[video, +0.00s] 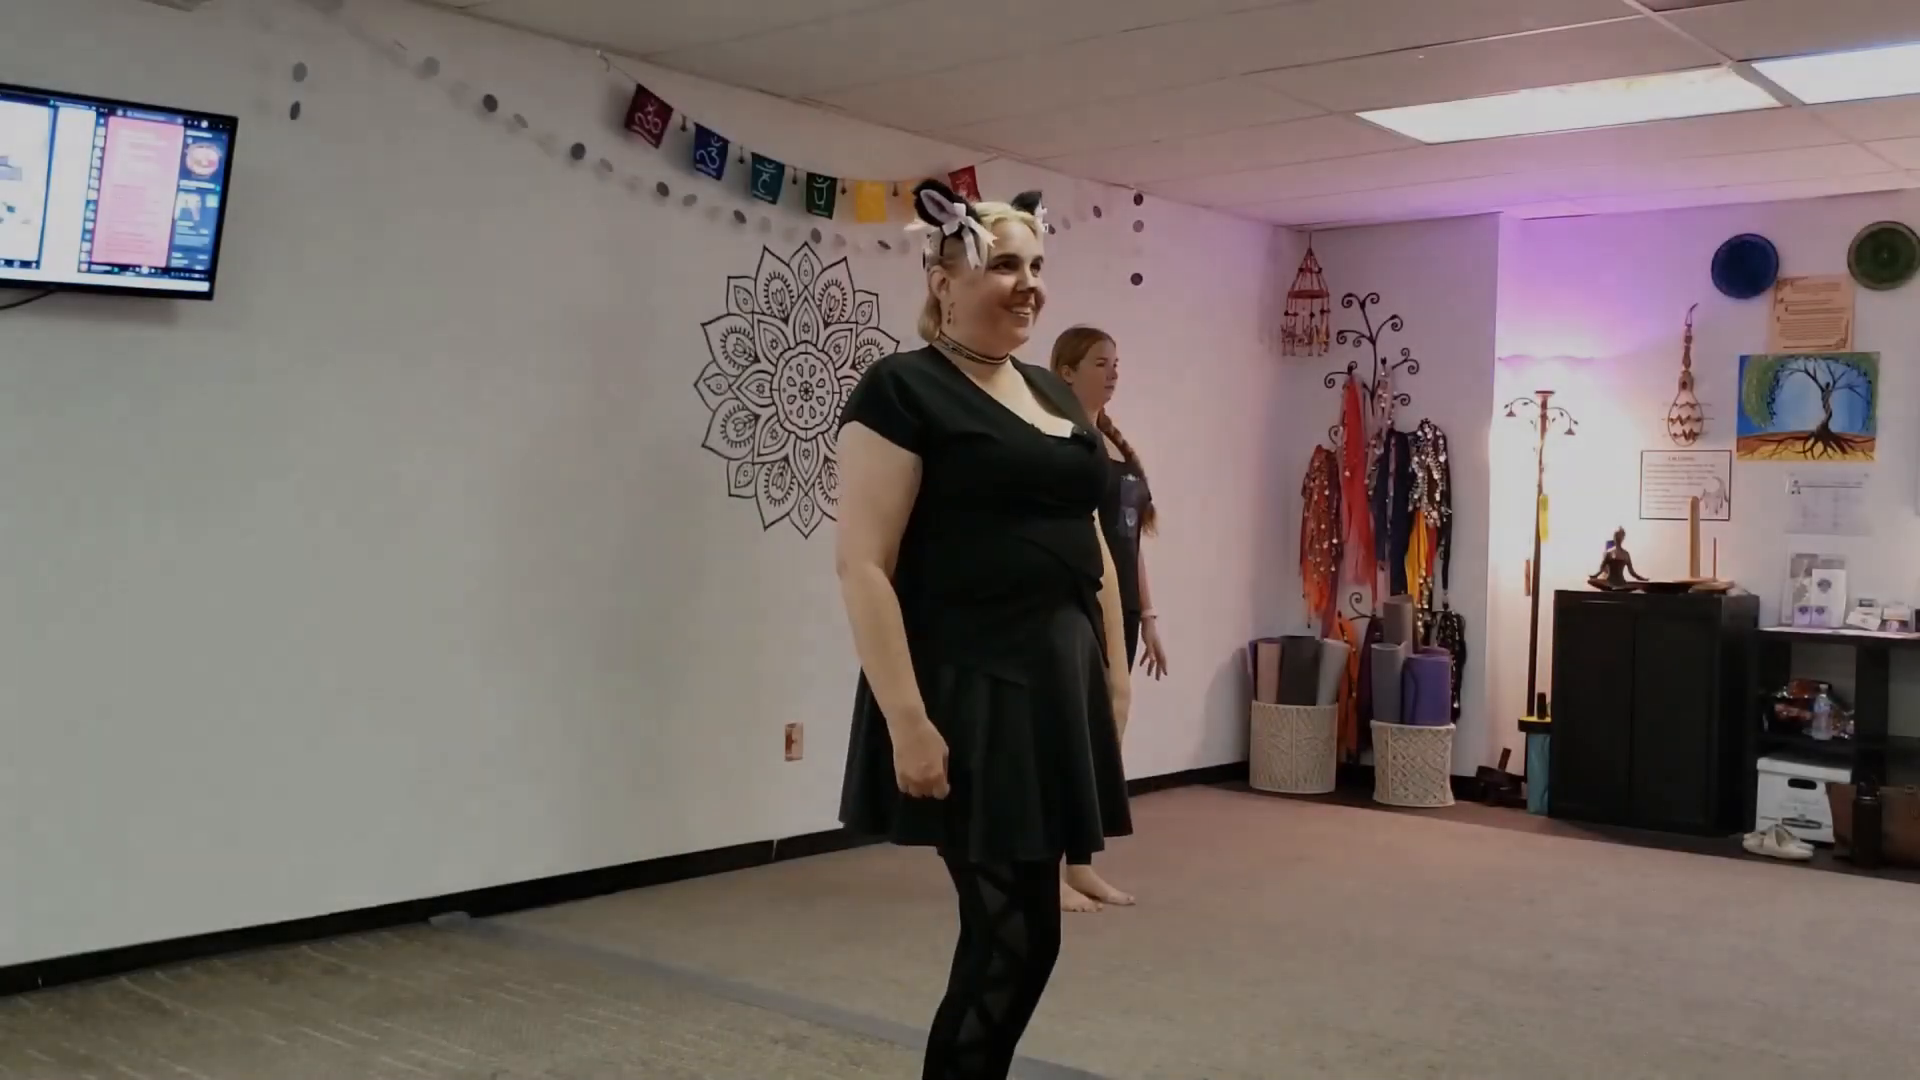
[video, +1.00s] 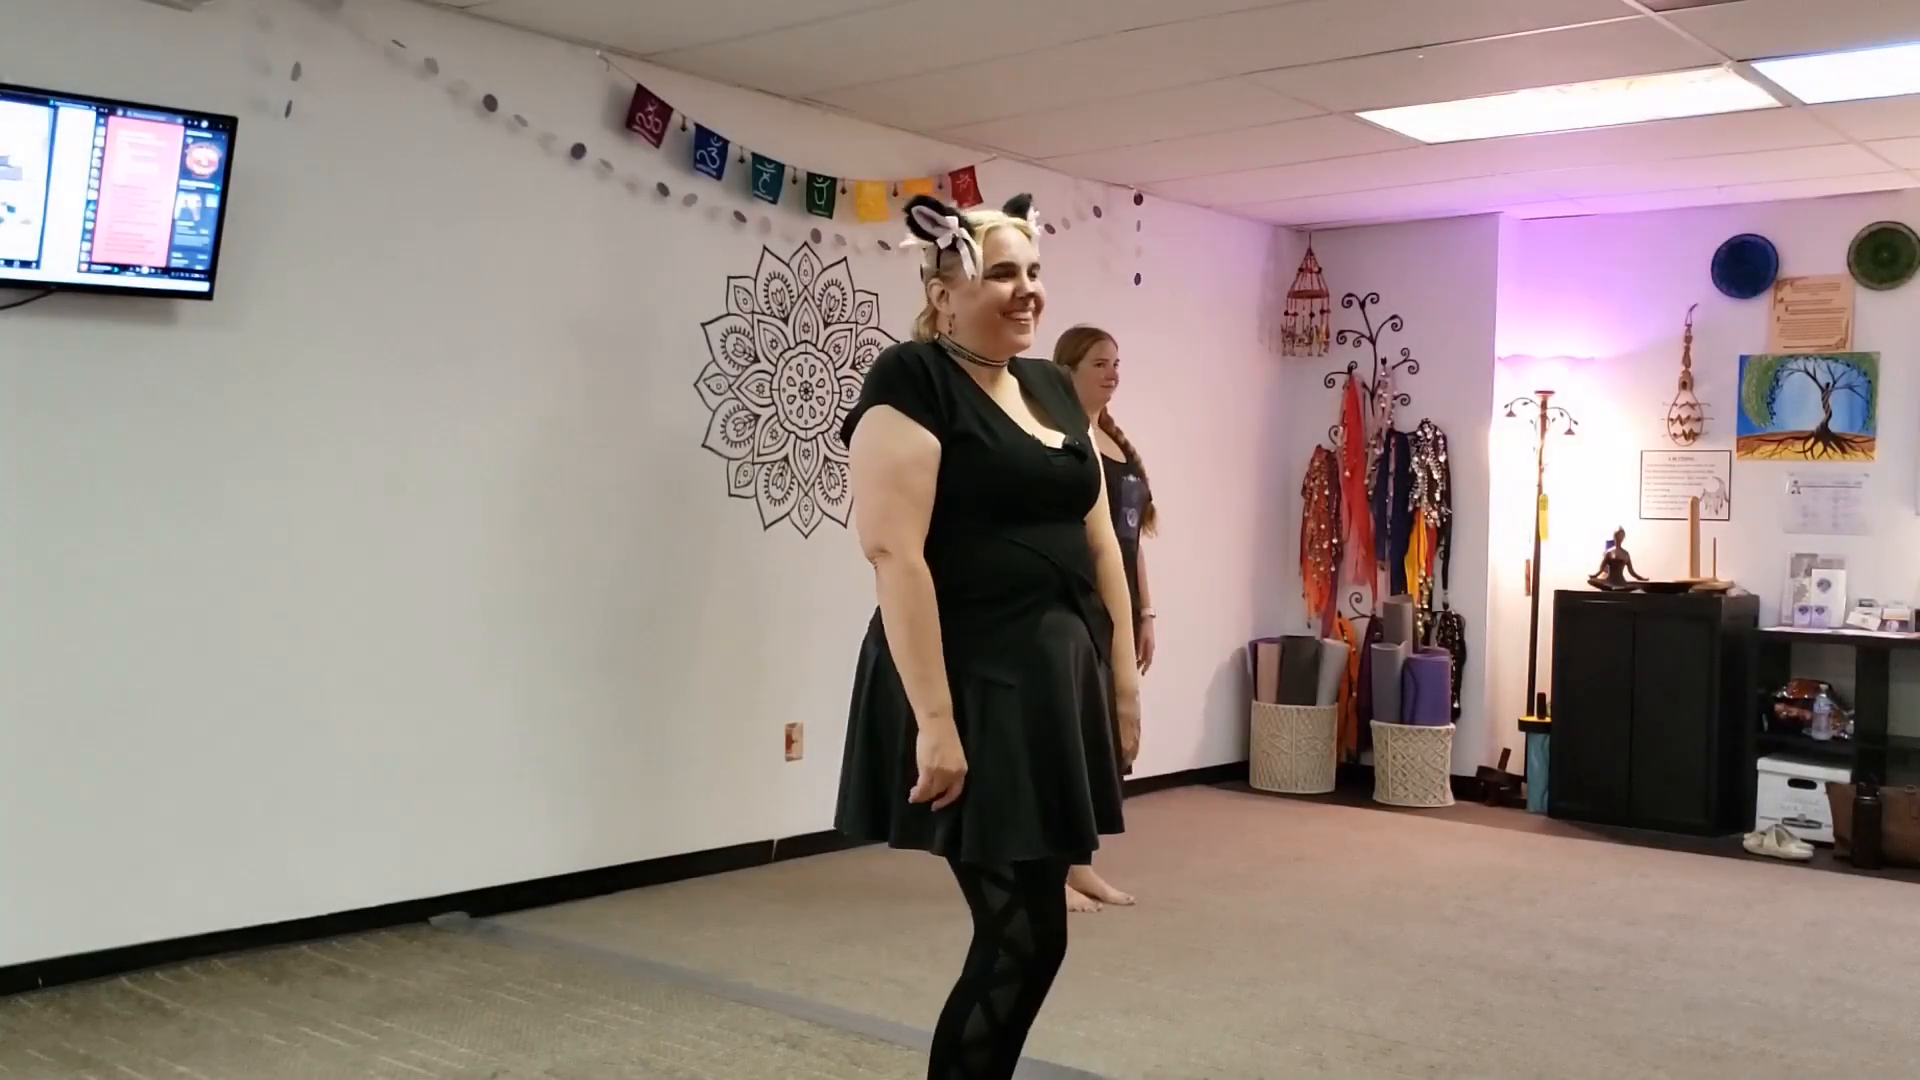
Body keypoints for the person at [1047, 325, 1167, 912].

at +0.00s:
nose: (1113, 372)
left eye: (1115, 363)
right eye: (1101, 363)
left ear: (1109, 373)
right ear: (1068, 370)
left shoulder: (1113, 444)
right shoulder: (1049, 439)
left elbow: (1130, 540)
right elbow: (1048, 532)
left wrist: (1147, 619)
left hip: (1112, 602)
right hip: (1057, 602)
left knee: (1102, 721)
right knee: (1055, 725)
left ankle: (1079, 859)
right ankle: (1048, 868)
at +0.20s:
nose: (1113, 373)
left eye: (1115, 364)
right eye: (1102, 364)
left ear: (1111, 374)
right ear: (1068, 370)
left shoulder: (1114, 442)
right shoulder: (1052, 436)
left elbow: (1131, 537)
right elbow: (1051, 528)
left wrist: (1146, 617)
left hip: (1112, 601)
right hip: (1060, 600)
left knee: (1104, 717)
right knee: (1057, 723)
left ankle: (1078, 857)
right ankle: (1050, 866)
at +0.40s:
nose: (1112, 373)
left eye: (1114, 364)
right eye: (1101, 364)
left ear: (1112, 373)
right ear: (1068, 370)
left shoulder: (1117, 442)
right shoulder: (1054, 438)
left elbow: (1132, 537)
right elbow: (1056, 532)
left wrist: (1145, 616)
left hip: (1113, 605)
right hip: (1065, 603)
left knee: (1099, 726)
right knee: (1059, 727)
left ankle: (1078, 859)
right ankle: (1049, 867)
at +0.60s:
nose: (1112, 374)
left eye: (1114, 364)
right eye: (1100, 365)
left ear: (1111, 372)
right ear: (1068, 370)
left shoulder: (1117, 442)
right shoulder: (1054, 437)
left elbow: (1130, 536)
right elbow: (1056, 532)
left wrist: (1144, 614)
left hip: (1111, 606)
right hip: (1063, 604)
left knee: (1091, 727)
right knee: (1055, 729)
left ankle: (1077, 859)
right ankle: (1048, 869)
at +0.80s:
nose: (1112, 373)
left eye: (1114, 364)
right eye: (1100, 364)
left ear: (1113, 372)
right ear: (1067, 370)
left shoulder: (1118, 442)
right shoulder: (1053, 436)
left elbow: (1132, 535)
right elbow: (1054, 530)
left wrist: (1144, 613)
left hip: (1110, 605)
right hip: (1062, 602)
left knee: (1088, 727)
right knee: (1056, 728)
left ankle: (1078, 859)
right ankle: (1050, 868)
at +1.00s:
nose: (1113, 374)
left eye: (1116, 365)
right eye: (1102, 365)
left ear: (1115, 373)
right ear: (1068, 371)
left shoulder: (1119, 443)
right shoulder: (1054, 436)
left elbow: (1131, 536)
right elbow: (1051, 530)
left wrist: (1145, 613)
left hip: (1112, 605)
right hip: (1062, 603)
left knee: (1092, 727)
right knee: (1057, 729)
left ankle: (1079, 858)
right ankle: (1051, 866)